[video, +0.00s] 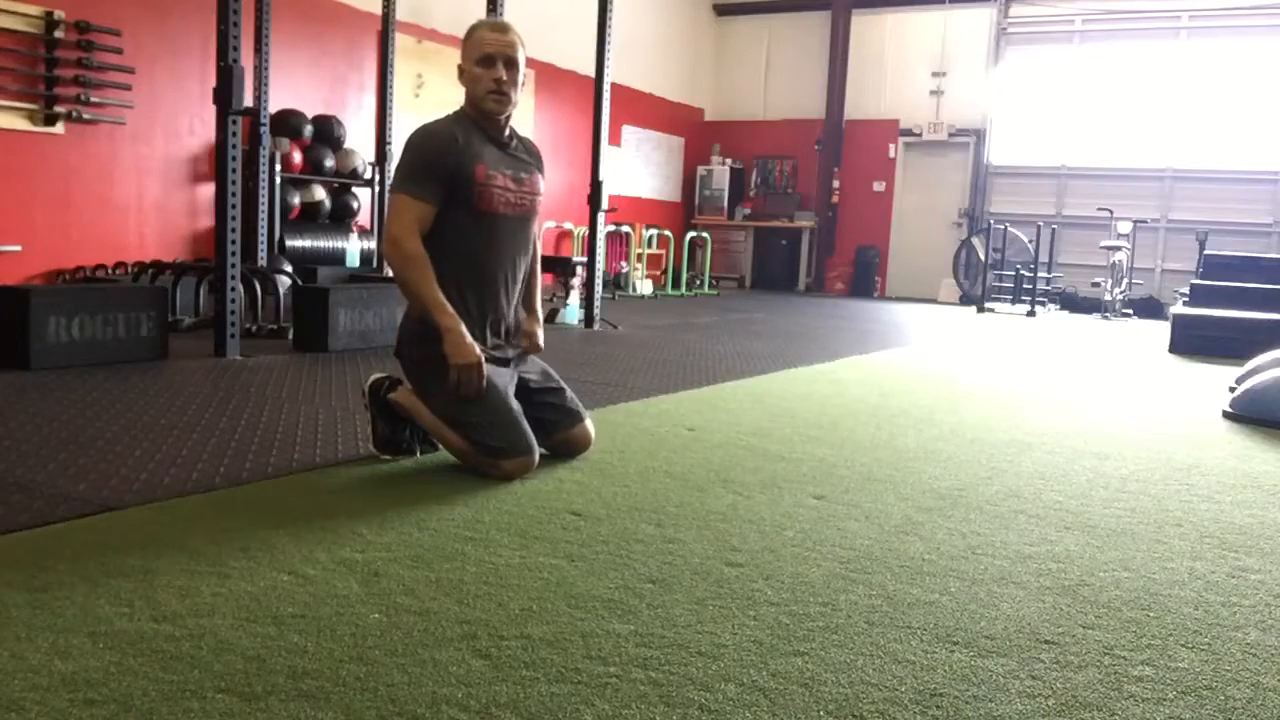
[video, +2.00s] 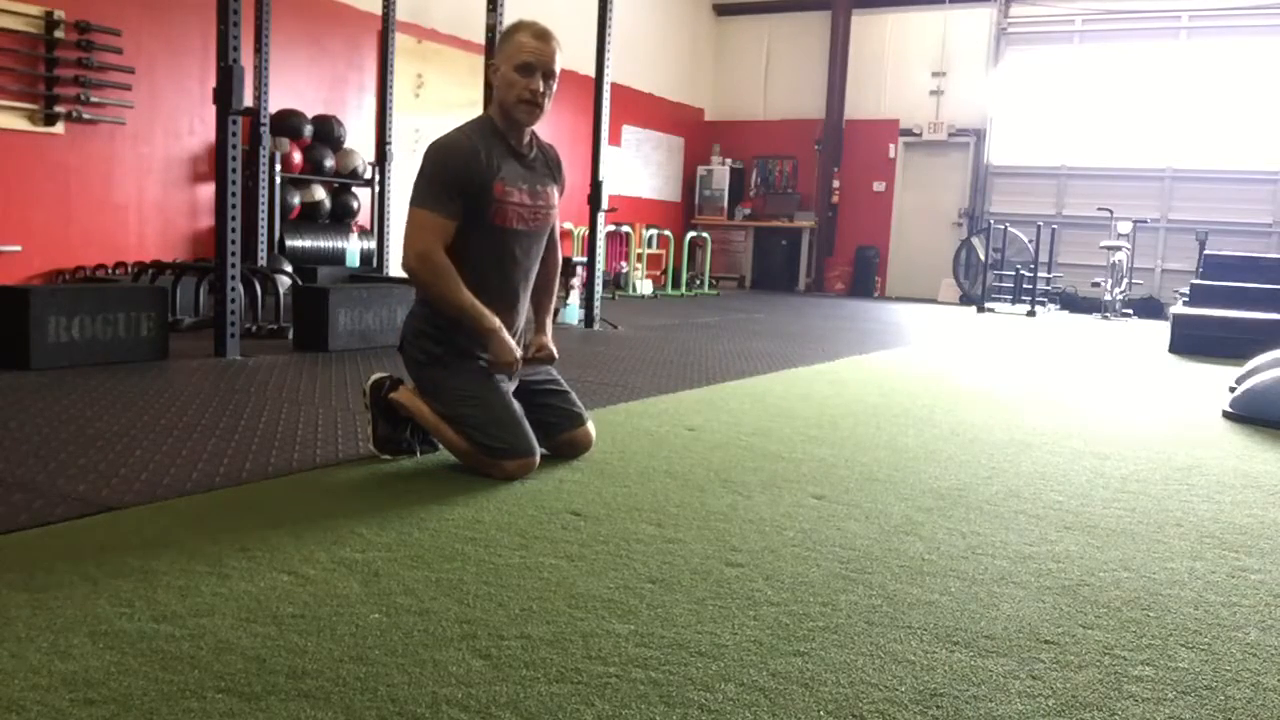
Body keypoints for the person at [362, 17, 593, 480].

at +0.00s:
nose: (501, 75)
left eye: (511, 64)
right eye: (486, 62)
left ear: (524, 76)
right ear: (462, 73)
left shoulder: (529, 154)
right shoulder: (437, 142)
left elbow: (530, 240)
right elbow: (399, 239)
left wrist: (532, 316)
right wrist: (452, 328)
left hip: (509, 342)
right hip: (447, 347)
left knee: (574, 438)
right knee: (513, 463)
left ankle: (442, 411)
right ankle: (398, 399)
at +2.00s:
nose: (538, 87)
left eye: (549, 77)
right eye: (525, 70)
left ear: (556, 87)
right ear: (493, 72)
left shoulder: (548, 160)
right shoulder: (456, 152)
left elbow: (549, 247)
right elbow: (420, 256)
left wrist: (543, 328)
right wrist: (493, 330)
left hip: (513, 338)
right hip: (447, 345)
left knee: (573, 439)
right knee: (514, 463)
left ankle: (445, 411)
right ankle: (398, 399)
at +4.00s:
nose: (562, 78)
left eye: (572, 68)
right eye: (549, 63)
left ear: (579, 80)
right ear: (518, 68)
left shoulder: (573, 162)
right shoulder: (485, 145)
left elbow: (565, 258)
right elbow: (466, 255)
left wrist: (568, 342)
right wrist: (525, 349)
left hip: (518, 336)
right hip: (455, 337)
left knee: (574, 440)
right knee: (515, 463)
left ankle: (448, 407)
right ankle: (401, 396)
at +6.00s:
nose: (538, 75)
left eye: (546, 65)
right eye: (524, 60)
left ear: (553, 76)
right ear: (489, 66)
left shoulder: (550, 159)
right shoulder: (463, 141)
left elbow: (596, 246)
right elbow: (492, 223)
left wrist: (629, 181)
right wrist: (576, 167)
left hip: (518, 341)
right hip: (455, 343)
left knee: (572, 443)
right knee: (515, 463)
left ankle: (443, 414)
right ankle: (401, 398)